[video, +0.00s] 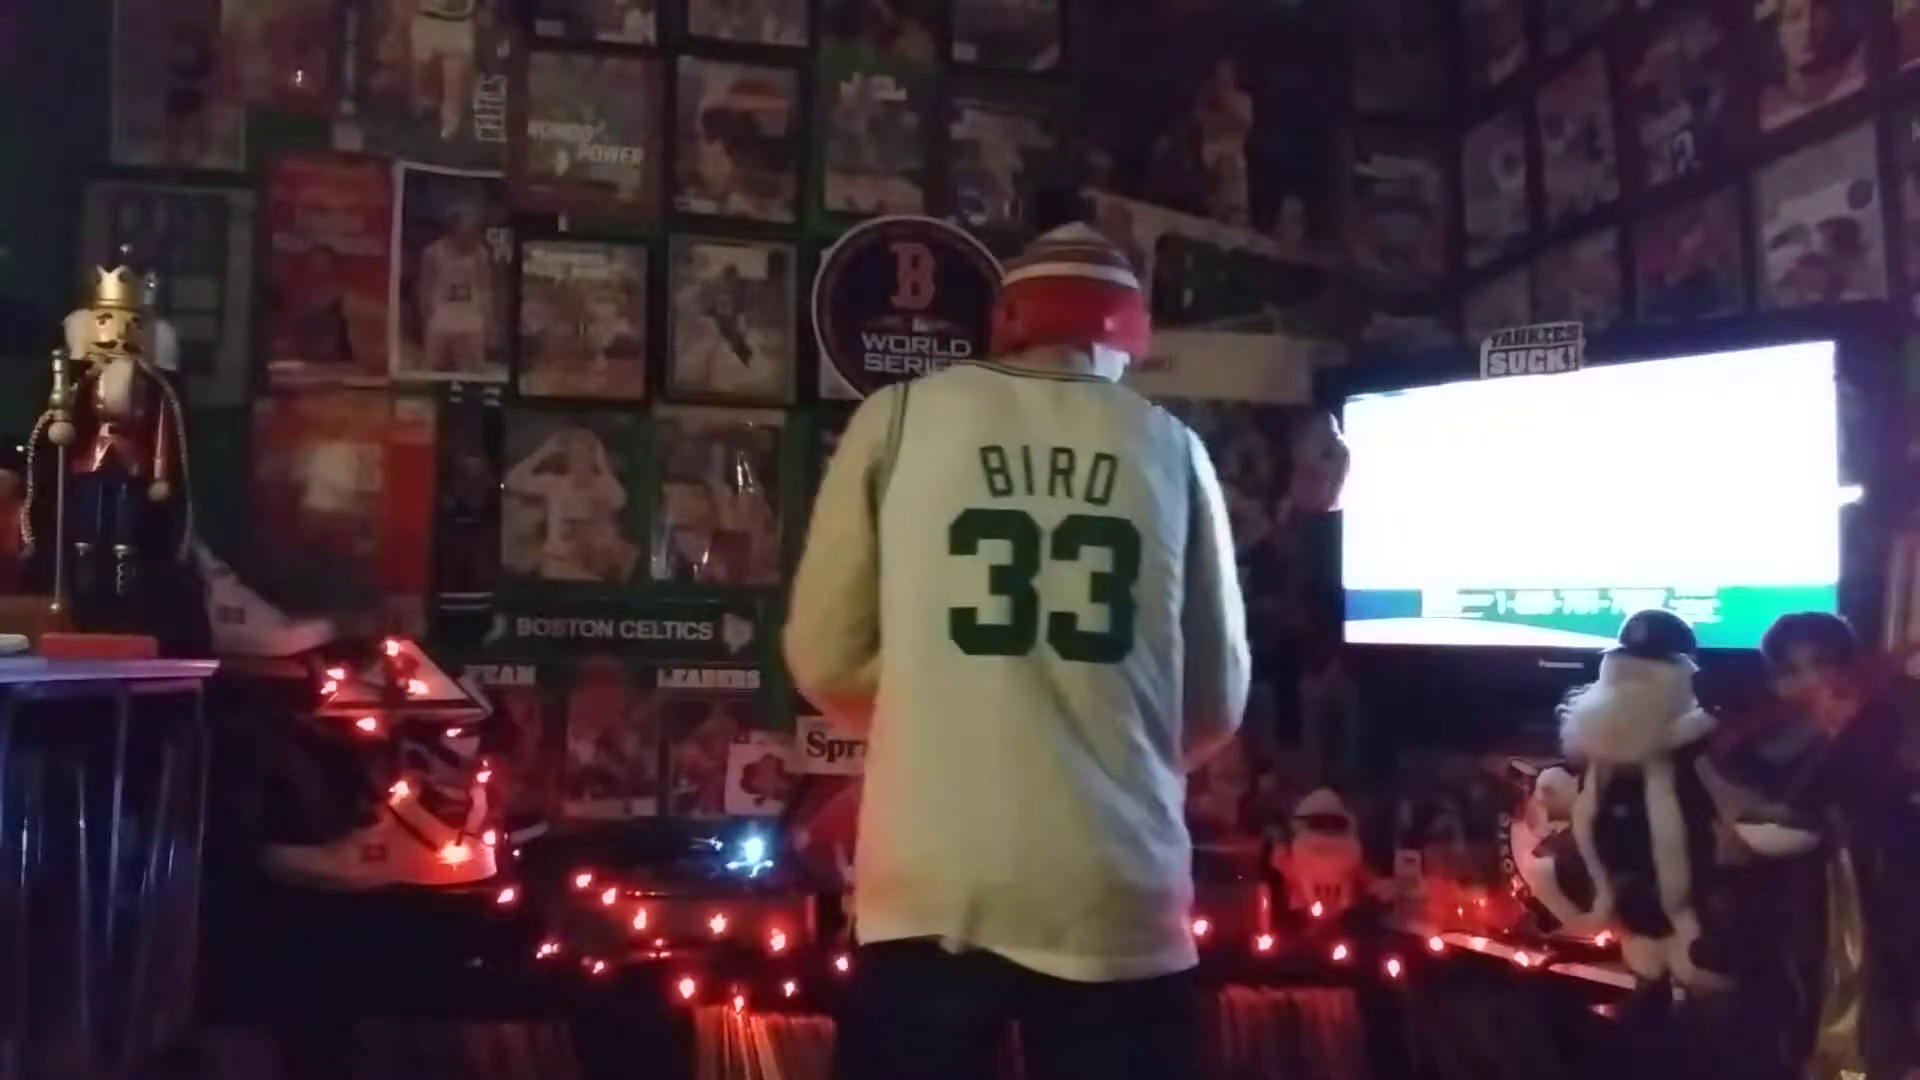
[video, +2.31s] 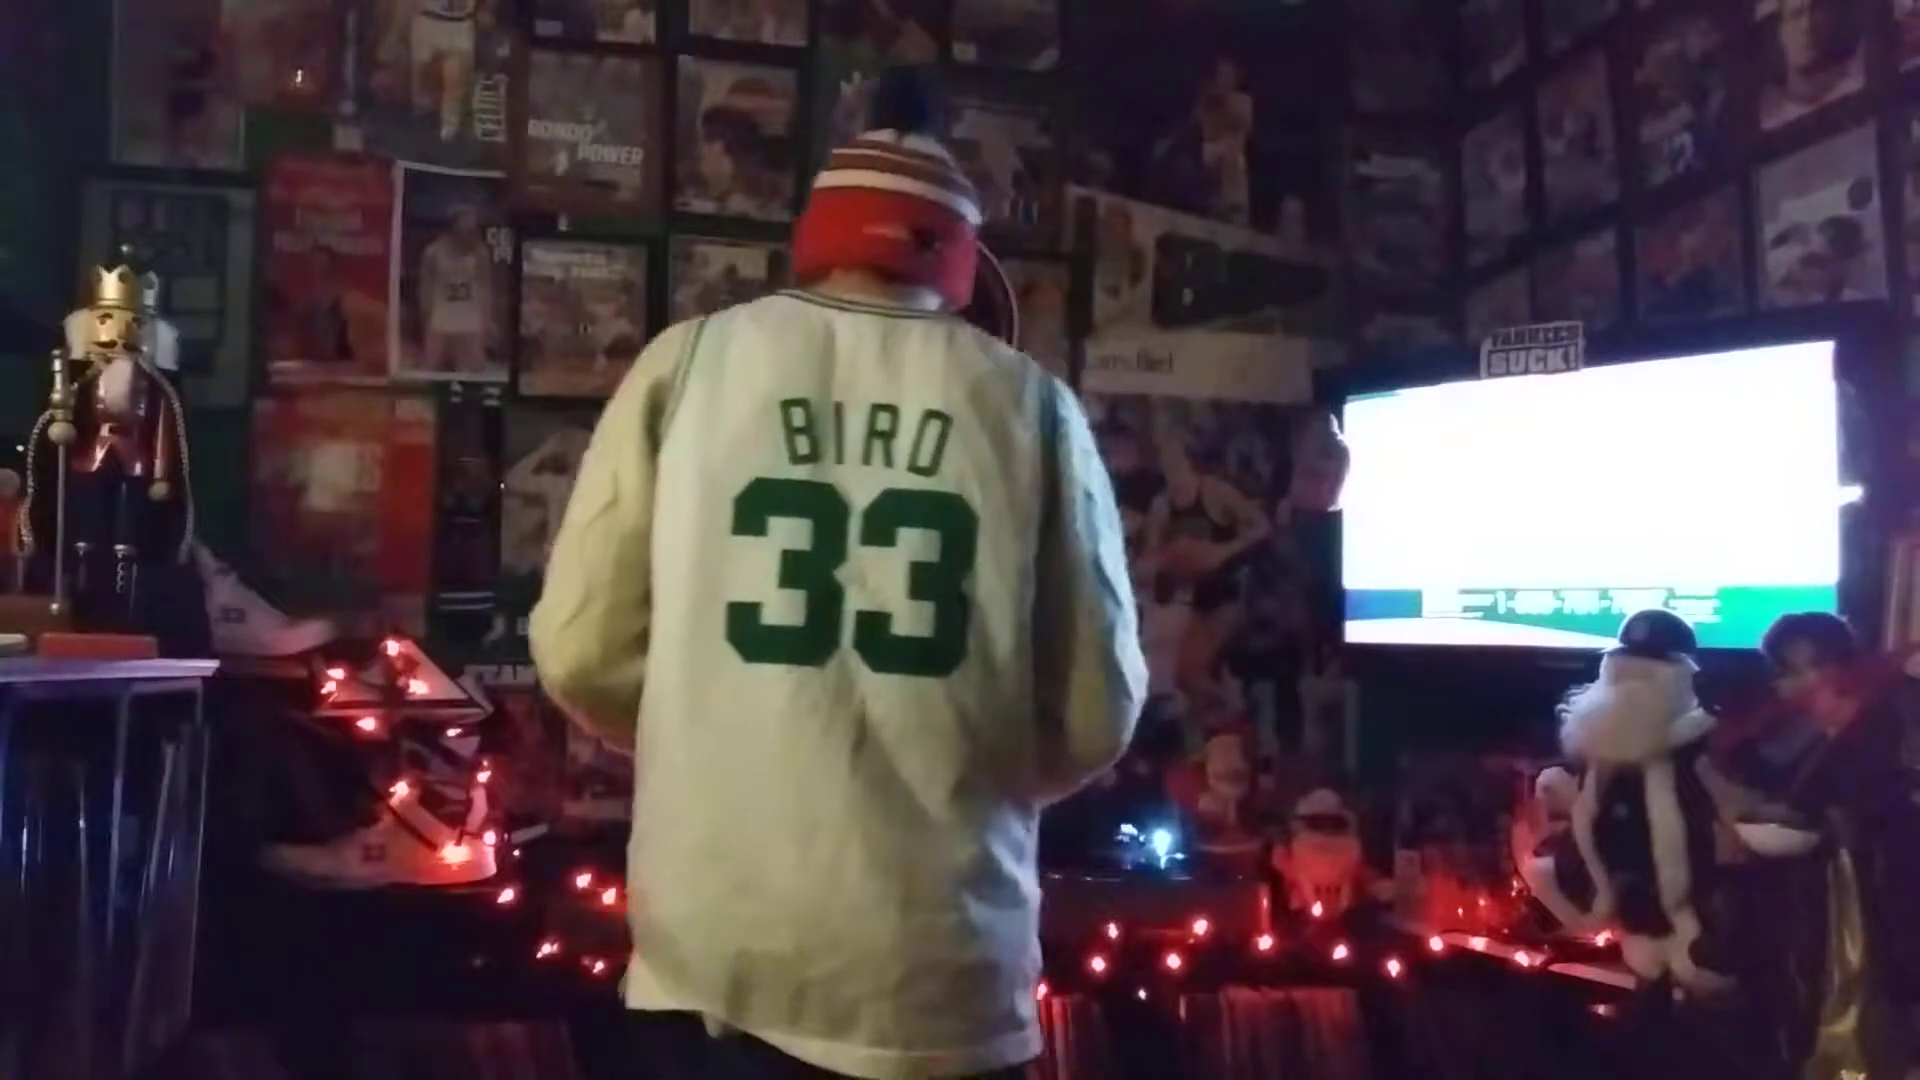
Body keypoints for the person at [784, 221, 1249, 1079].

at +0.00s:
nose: (1138, 357)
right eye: (1135, 341)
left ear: (1005, 325)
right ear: (1128, 340)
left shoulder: (898, 416)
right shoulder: (1177, 452)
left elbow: (825, 654)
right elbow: (1216, 699)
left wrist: (938, 718)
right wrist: (1110, 769)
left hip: (923, 882)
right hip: (1116, 893)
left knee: (907, 1066)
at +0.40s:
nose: (1031, 353)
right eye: (1029, 335)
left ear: (899, 317)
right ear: (1015, 327)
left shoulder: (782, 414)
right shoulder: (1060, 434)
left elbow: (709, 652)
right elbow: (1121, 679)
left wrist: (822, 724)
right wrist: (1022, 750)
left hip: (824, 916)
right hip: (1019, 920)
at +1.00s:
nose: (939, 355)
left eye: (940, 347)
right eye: (936, 342)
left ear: (793, 317)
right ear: (914, 332)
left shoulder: (653, 425)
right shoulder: (929, 420)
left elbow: (574, 659)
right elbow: (996, 676)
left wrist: (710, 724)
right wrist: (935, 764)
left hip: (712, 920)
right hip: (909, 918)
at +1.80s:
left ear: (850, 266)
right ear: (1007, 299)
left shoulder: (722, 361)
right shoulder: (1061, 415)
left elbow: (612, 648)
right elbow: (1108, 722)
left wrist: (749, 738)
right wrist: (972, 790)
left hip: (726, 946)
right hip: (957, 973)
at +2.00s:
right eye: (1015, 266)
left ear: (858, 245)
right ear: (1010, 273)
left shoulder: (729, 348)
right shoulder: (1075, 405)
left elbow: (607, 637)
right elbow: (1122, 725)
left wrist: (749, 733)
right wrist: (971, 784)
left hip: (725, 945)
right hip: (961, 982)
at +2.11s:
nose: (1016, 279)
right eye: (1015, 258)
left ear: (850, 237)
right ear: (1000, 261)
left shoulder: (720, 351)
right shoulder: (1072, 406)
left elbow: (605, 640)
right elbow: (1119, 727)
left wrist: (752, 717)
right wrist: (969, 776)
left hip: (723, 958)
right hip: (958, 986)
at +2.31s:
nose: (973, 282)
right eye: (972, 261)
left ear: (806, 247)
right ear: (959, 266)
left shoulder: (682, 363)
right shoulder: (1035, 407)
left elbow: (578, 650)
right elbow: (1091, 717)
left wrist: (727, 726)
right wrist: (942, 770)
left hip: (700, 963)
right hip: (935, 986)